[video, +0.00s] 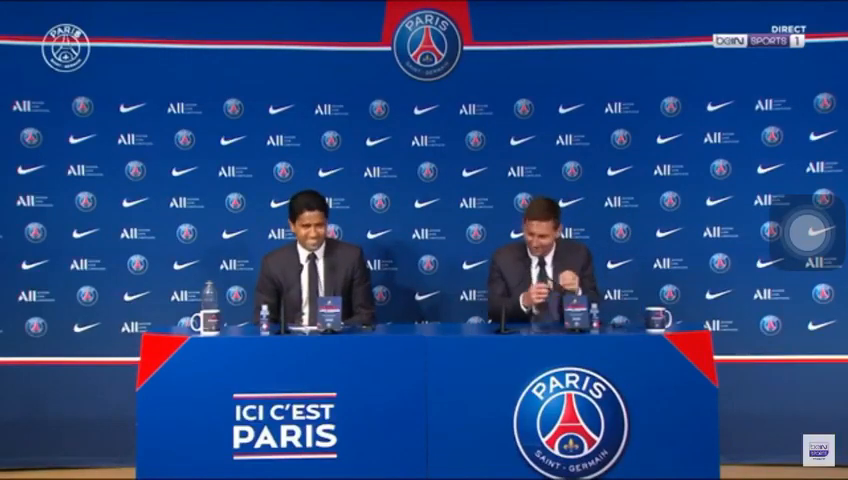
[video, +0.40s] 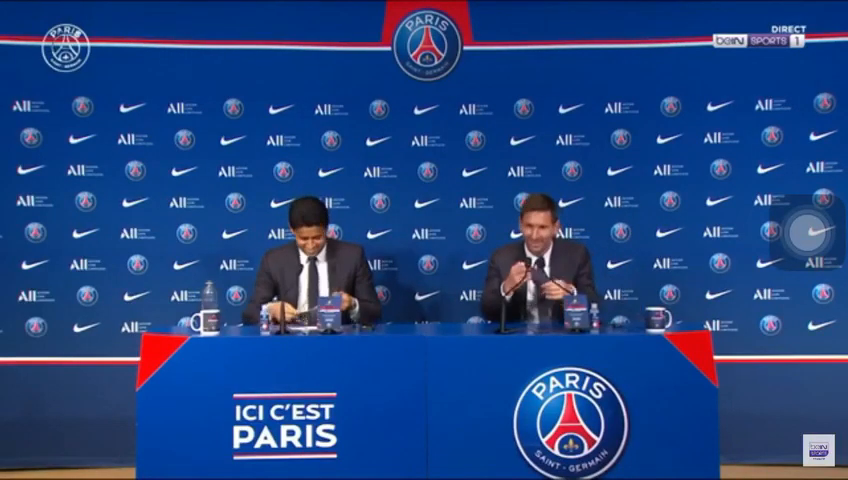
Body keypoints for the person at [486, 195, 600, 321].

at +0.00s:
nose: (534, 243)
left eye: (542, 236)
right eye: (530, 235)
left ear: (557, 232)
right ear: (524, 227)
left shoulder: (578, 253)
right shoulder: (503, 257)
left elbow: (594, 302)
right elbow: (495, 310)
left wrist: (578, 290)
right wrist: (524, 301)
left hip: (567, 340)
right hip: (519, 342)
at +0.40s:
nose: (535, 235)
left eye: (543, 227)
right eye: (529, 226)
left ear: (556, 227)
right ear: (521, 225)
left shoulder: (577, 253)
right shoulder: (503, 256)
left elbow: (593, 300)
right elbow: (488, 310)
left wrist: (572, 292)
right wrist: (507, 287)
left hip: (563, 340)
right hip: (515, 341)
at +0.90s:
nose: (537, 236)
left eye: (544, 228)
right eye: (531, 227)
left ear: (555, 226)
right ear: (521, 225)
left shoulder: (576, 252)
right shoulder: (504, 256)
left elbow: (597, 301)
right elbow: (488, 311)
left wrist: (577, 273)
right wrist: (503, 282)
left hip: (567, 336)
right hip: (520, 337)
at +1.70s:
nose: (545, 238)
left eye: (551, 231)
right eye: (538, 231)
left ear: (560, 224)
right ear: (525, 223)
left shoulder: (578, 253)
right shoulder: (504, 257)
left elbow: (595, 299)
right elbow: (491, 311)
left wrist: (568, 273)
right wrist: (511, 297)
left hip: (567, 339)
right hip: (520, 341)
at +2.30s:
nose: (544, 243)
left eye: (551, 236)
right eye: (539, 235)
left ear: (561, 227)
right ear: (528, 224)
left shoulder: (579, 254)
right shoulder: (504, 258)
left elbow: (601, 299)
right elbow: (490, 309)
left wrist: (579, 290)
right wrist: (511, 301)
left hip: (568, 341)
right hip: (519, 342)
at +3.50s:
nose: (535, 229)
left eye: (542, 222)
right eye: (529, 221)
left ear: (555, 223)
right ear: (520, 223)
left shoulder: (578, 256)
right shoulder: (503, 259)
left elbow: (598, 304)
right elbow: (489, 314)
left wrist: (573, 279)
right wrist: (508, 283)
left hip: (566, 341)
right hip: (518, 342)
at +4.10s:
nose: (538, 234)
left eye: (544, 228)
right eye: (531, 228)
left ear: (556, 225)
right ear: (521, 225)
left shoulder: (574, 251)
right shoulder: (507, 251)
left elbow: (600, 301)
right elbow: (486, 307)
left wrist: (578, 257)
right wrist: (506, 263)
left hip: (565, 341)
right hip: (518, 341)